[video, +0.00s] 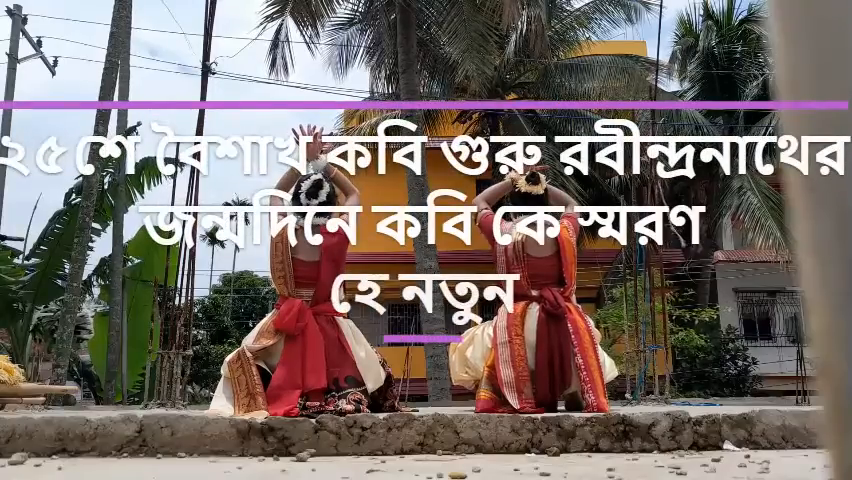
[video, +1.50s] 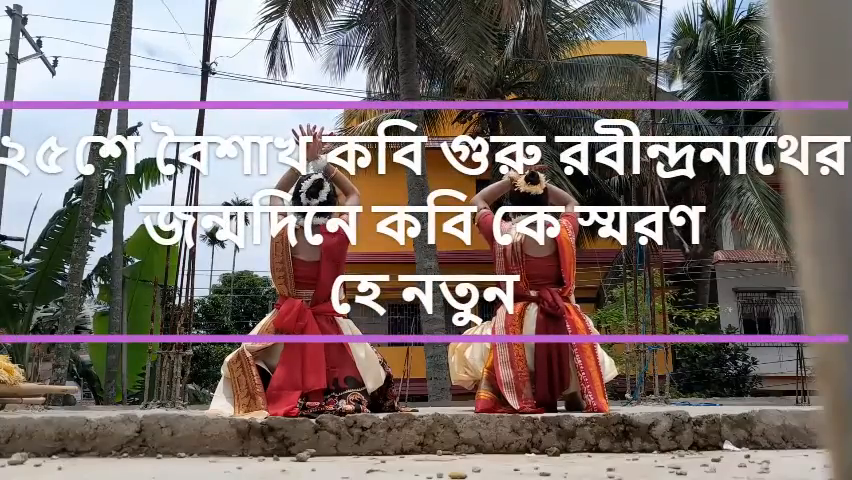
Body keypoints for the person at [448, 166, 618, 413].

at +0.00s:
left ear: (512, 208)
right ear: (545, 206)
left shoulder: (504, 234)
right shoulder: (563, 232)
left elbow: (481, 202)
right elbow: (570, 204)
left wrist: (509, 183)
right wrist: (543, 187)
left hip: (520, 317)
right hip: (564, 317)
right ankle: (574, 392)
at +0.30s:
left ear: (512, 210)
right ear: (545, 207)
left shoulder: (504, 234)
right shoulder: (563, 232)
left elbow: (480, 201)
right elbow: (570, 204)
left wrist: (509, 182)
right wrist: (543, 187)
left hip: (519, 319)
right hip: (563, 318)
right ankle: (574, 393)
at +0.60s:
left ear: (512, 210)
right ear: (545, 206)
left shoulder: (503, 233)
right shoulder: (563, 232)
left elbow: (480, 201)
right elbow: (569, 204)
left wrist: (509, 182)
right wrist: (542, 186)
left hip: (519, 316)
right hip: (562, 315)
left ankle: (520, 394)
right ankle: (573, 392)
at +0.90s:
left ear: (510, 210)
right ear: (543, 207)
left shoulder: (502, 234)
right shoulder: (562, 232)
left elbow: (479, 201)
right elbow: (569, 202)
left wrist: (508, 182)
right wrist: (542, 186)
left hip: (518, 318)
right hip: (561, 317)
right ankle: (573, 390)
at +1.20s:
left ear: (511, 211)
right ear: (544, 207)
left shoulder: (502, 234)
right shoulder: (562, 233)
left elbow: (479, 200)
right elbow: (569, 202)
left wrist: (508, 181)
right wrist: (542, 185)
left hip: (518, 318)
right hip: (561, 317)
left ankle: (519, 393)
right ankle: (573, 390)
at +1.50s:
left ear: (511, 211)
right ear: (544, 207)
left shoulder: (503, 234)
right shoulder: (562, 233)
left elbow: (479, 200)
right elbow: (570, 202)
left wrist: (507, 182)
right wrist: (542, 185)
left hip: (518, 319)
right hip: (561, 318)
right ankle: (574, 394)